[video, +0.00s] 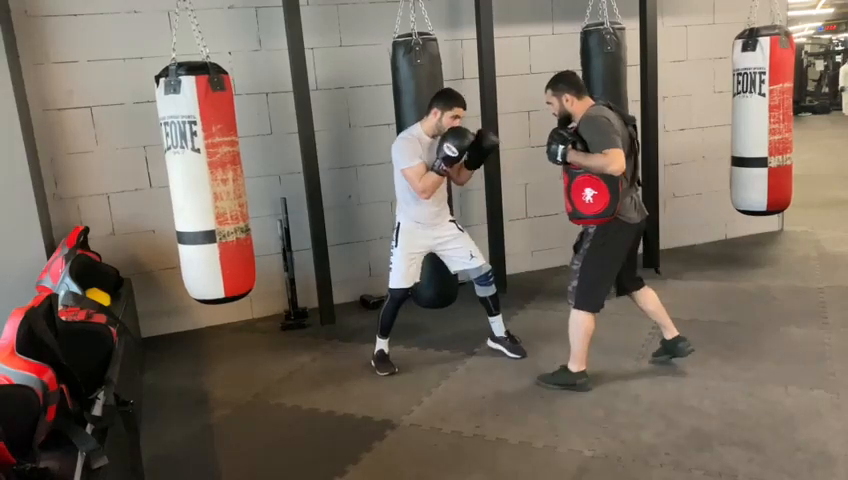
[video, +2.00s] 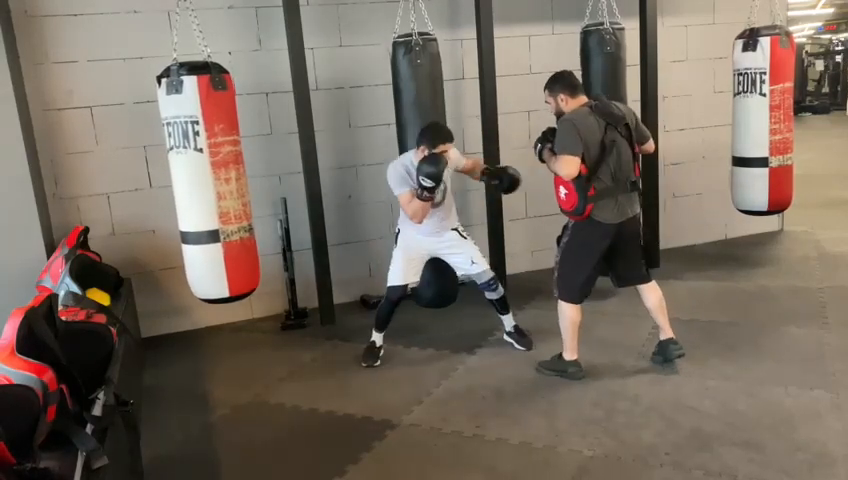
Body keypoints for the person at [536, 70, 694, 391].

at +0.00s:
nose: (551, 110)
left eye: (552, 103)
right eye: (549, 104)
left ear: (567, 98)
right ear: (575, 96)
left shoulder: (594, 121)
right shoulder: (602, 114)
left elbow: (614, 163)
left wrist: (571, 155)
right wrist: (576, 149)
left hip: (611, 221)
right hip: (630, 217)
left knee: (585, 292)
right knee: (630, 281)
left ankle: (576, 369)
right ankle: (674, 338)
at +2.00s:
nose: (550, 109)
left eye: (550, 102)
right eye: (549, 103)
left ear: (561, 97)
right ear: (578, 92)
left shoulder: (570, 123)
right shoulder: (616, 109)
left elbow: (568, 170)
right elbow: (648, 144)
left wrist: (547, 156)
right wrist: (613, 146)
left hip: (592, 222)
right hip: (628, 217)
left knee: (568, 288)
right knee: (641, 277)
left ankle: (569, 359)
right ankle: (668, 340)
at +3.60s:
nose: (560, 115)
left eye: (559, 109)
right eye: (558, 110)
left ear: (573, 103)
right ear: (587, 98)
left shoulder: (587, 126)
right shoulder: (620, 115)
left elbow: (590, 171)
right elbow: (651, 148)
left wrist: (561, 160)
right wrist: (617, 168)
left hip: (612, 225)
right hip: (644, 220)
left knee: (578, 289)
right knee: (660, 280)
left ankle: (574, 359)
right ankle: (694, 341)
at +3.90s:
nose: (602, 106)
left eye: (604, 98)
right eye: (600, 99)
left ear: (621, 93)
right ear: (628, 93)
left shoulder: (641, 116)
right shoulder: (656, 110)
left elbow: (652, 156)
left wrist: (605, 147)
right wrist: (611, 142)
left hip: (653, 218)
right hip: (676, 215)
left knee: (616, 286)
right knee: (677, 283)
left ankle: (596, 357)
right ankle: (700, 349)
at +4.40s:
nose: (599, 116)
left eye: (599, 109)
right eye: (597, 110)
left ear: (616, 106)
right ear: (627, 101)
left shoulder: (644, 130)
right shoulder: (656, 117)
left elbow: (650, 185)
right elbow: (663, 167)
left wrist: (605, 174)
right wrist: (619, 158)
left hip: (673, 223)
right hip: (695, 215)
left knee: (647, 298)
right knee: (689, 280)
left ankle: (653, 376)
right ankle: (712, 344)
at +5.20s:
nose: (605, 113)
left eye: (606, 106)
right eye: (604, 107)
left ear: (624, 104)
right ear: (635, 101)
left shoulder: (645, 128)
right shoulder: (665, 117)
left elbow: (640, 180)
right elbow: (670, 164)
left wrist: (596, 181)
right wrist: (621, 154)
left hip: (672, 226)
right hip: (697, 221)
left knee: (633, 295)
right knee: (688, 278)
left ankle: (625, 377)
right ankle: (727, 342)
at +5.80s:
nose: (634, 110)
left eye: (640, 101)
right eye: (633, 103)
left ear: (667, 99)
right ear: (672, 102)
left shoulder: (675, 133)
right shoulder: (697, 129)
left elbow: (665, 187)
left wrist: (602, 183)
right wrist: (636, 149)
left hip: (690, 259)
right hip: (714, 255)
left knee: (630, 346)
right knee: (697, 337)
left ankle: (633, 445)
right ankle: (739, 407)